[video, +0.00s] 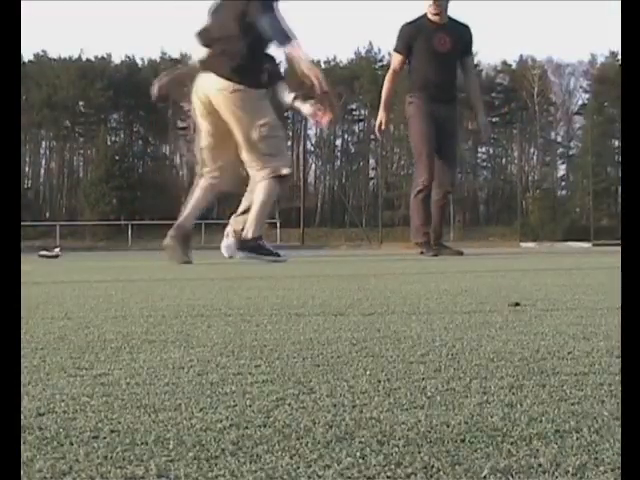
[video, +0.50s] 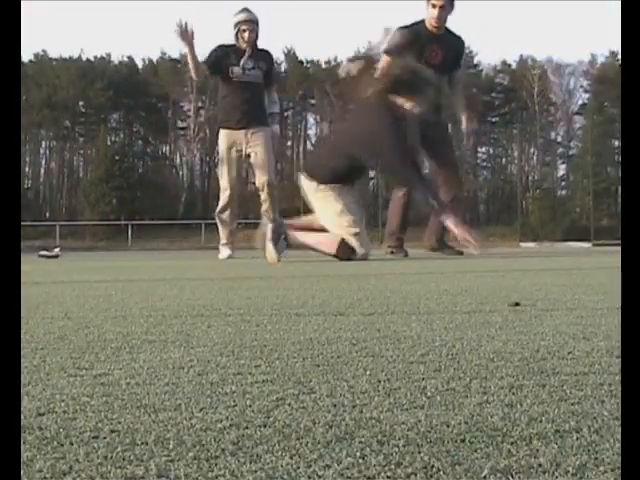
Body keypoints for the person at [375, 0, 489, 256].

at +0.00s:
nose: (436, 5)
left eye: (441, 1)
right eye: (432, 1)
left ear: (448, 3)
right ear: (426, 3)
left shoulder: (462, 32)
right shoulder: (411, 29)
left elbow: (470, 75)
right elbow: (394, 71)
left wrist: (480, 115)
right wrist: (383, 109)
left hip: (448, 107)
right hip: (420, 104)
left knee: (445, 179)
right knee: (424, 175)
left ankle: (437, 241)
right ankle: (421, 240)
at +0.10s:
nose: (436, 7)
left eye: (441, 3)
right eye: (432, 3)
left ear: (448, 5)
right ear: (425, 5)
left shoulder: (461, 34)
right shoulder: (410, 31)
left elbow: (470, 76)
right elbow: (392, 70)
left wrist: (479, 115)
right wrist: (381, 107)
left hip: (446, 109)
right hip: (417, 106)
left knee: (446, 183)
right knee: (418, 173)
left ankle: (433, 241)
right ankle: (410, 236)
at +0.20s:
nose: (435, 8)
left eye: (440, 3)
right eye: (431, 4)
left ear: (447, 5)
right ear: (424, 5)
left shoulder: (459, 36)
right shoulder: (408, 33)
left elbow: (468, 78)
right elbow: (388, 72)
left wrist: (478, 117)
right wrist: (380, 107)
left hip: (444, 109)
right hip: (416, 106)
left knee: (447, 184)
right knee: (415, 174)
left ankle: (434, 243)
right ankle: (399, 238)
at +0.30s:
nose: (434, 8)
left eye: (440, 3)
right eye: (430, 3)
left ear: (447, 6)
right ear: (422, 5)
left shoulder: (455, 39)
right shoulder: (405, 35)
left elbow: (463, 82)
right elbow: (385, 74)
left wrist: (473, 120)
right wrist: (378, 109)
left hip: (440, 118)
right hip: (410, 117)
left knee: (448, 189)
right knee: (407, 181)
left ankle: (433, 243)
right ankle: (393, 242)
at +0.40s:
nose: (434, 10)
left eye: (440, 5)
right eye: (429, 4)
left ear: (448, 8)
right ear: (422, 6)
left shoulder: (455, 41)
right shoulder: (404, 35)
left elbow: (460, 84)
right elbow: (385, 74)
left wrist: (468, 120)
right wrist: (376, 109)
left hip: (437, 113)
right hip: (409, 110)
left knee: (446, 179)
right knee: (409, 174)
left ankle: (433, 242)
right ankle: (394, 241)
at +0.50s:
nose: (438, 13)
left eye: (443, 8)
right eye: (433, 7)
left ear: (451, 10)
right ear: (426, 6)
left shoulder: (455, 44)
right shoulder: (406, 35)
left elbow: (456, 85)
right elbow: (380, 78)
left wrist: (462, 118)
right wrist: (400, 103)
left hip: (433, 118)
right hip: (402, 117)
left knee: (450, 179)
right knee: (405, 176)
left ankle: (435, 239)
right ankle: (394, 241)